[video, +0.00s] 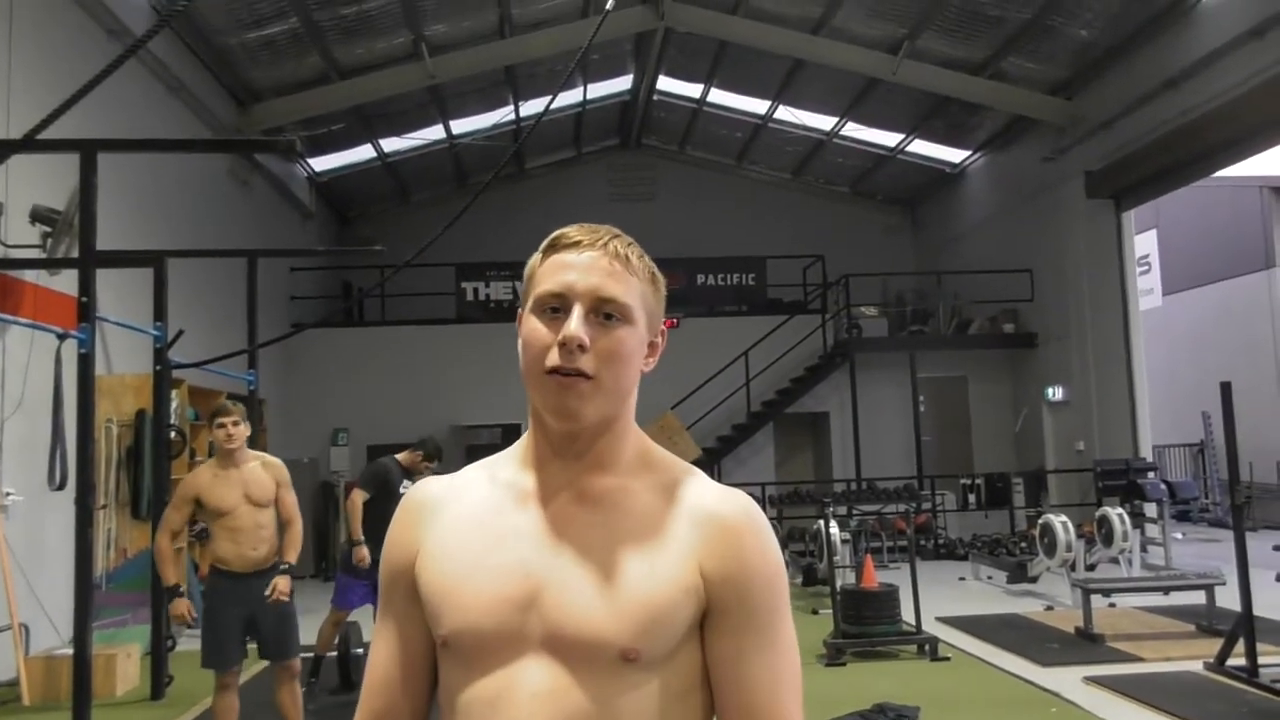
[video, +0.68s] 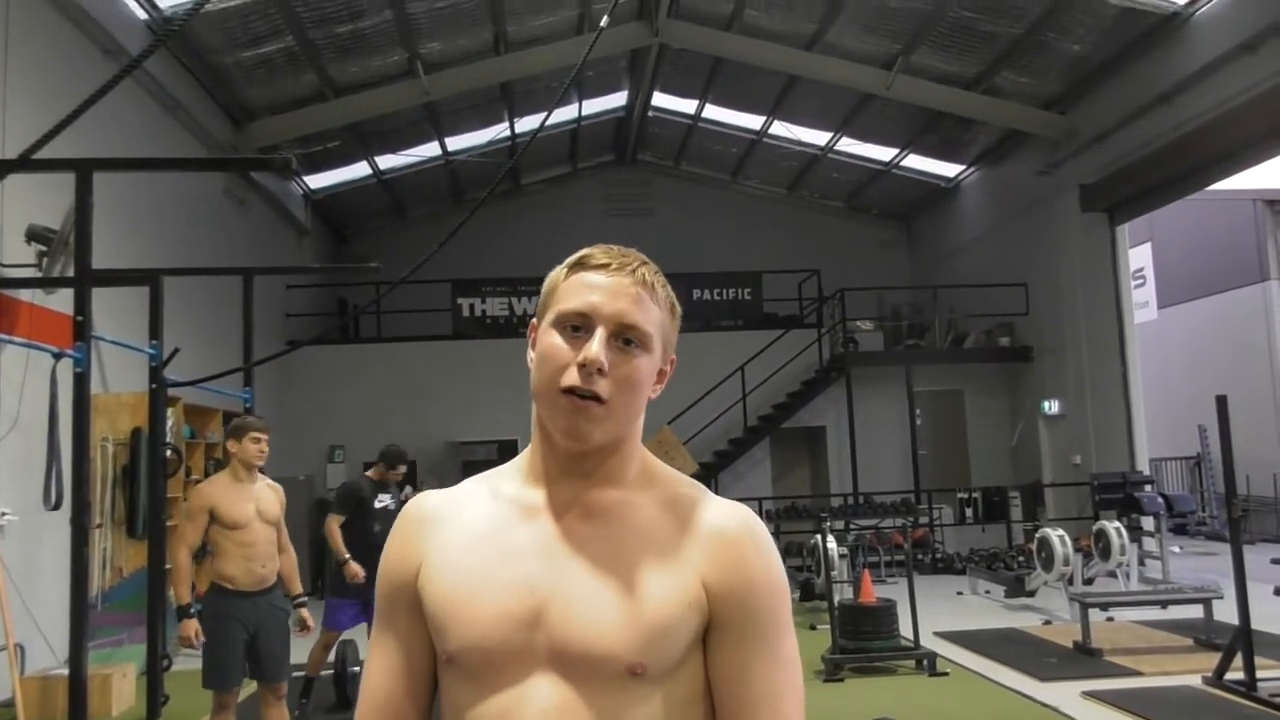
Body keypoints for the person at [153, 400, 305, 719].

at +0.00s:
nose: (229, 431)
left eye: (236, 424)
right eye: (221, 426)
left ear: (247, 428)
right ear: (211, 434)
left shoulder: (273, 468)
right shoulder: (197, 480)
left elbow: (293, 522)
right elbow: (164, 535)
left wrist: (286, 569)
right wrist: (174, 593)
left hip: (272, 579)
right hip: (223, 584)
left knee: (290, 669)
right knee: (227, 679)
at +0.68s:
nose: (264, 448)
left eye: (267, 443)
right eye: (255, 441)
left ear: (269, 448)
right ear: (232, 446)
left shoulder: (274, 491)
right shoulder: (206, 492)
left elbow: (284, 549)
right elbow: (181, 550)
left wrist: (300, 602)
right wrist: (185, 613)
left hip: (271, 603)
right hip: (225, 605)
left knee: (277, 693)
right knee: (225, 702)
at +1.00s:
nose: (288, 460)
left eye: (288, 453)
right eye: (283, 453)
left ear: (265, 455)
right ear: (262, 453)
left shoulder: (280, 497)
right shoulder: (217, 495)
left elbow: (290, 555)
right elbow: (189, 552)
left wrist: (308, 604)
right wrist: (189, 613)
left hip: (274, 608)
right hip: (230, 610)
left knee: (275, 698)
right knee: (227, 703)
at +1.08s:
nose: (291, 463)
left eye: (291, 456)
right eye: (286, 455)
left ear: (268, 456)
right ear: (265, 455)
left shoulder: (283, 499)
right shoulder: (220, 496)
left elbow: (292, 556)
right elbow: (192, 553)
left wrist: (313, 605)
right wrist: (195, 614)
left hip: (276, 609)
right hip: (232, 612)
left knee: (275, 699)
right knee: (228, 703)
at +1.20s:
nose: (296, 466)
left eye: (297, 459)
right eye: (291, 458)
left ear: (273, 459)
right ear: (269, 457)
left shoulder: (287, 502)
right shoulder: (227, 497)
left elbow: (296, 559)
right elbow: (197, 554)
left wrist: (316, 608)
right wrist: (201, 616)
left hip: (279, 611)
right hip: (236, 614)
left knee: (274, 701)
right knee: (228, 705)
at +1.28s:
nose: (300, 467)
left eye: (301, 461)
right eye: (295, 460)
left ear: (279, 461)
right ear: (273, 459)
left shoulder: (292, 503)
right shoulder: (231, 498)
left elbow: (299, 562)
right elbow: (201, 553)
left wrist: (317, 612)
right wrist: (207, 615)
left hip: (282, 612)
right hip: (240, 615)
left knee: (275, 701)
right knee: (230, 704)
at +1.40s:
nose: (307, 471)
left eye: (309, 465)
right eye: (302, 463)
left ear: (283, 464)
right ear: (279, 462)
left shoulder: (298, 506)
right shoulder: (240, 500)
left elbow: (305, 565)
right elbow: (203, 551)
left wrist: (318, 618)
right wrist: (217, 609)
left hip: (290, 613)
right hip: (248, 615)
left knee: (279, 703)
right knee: (233, 707)